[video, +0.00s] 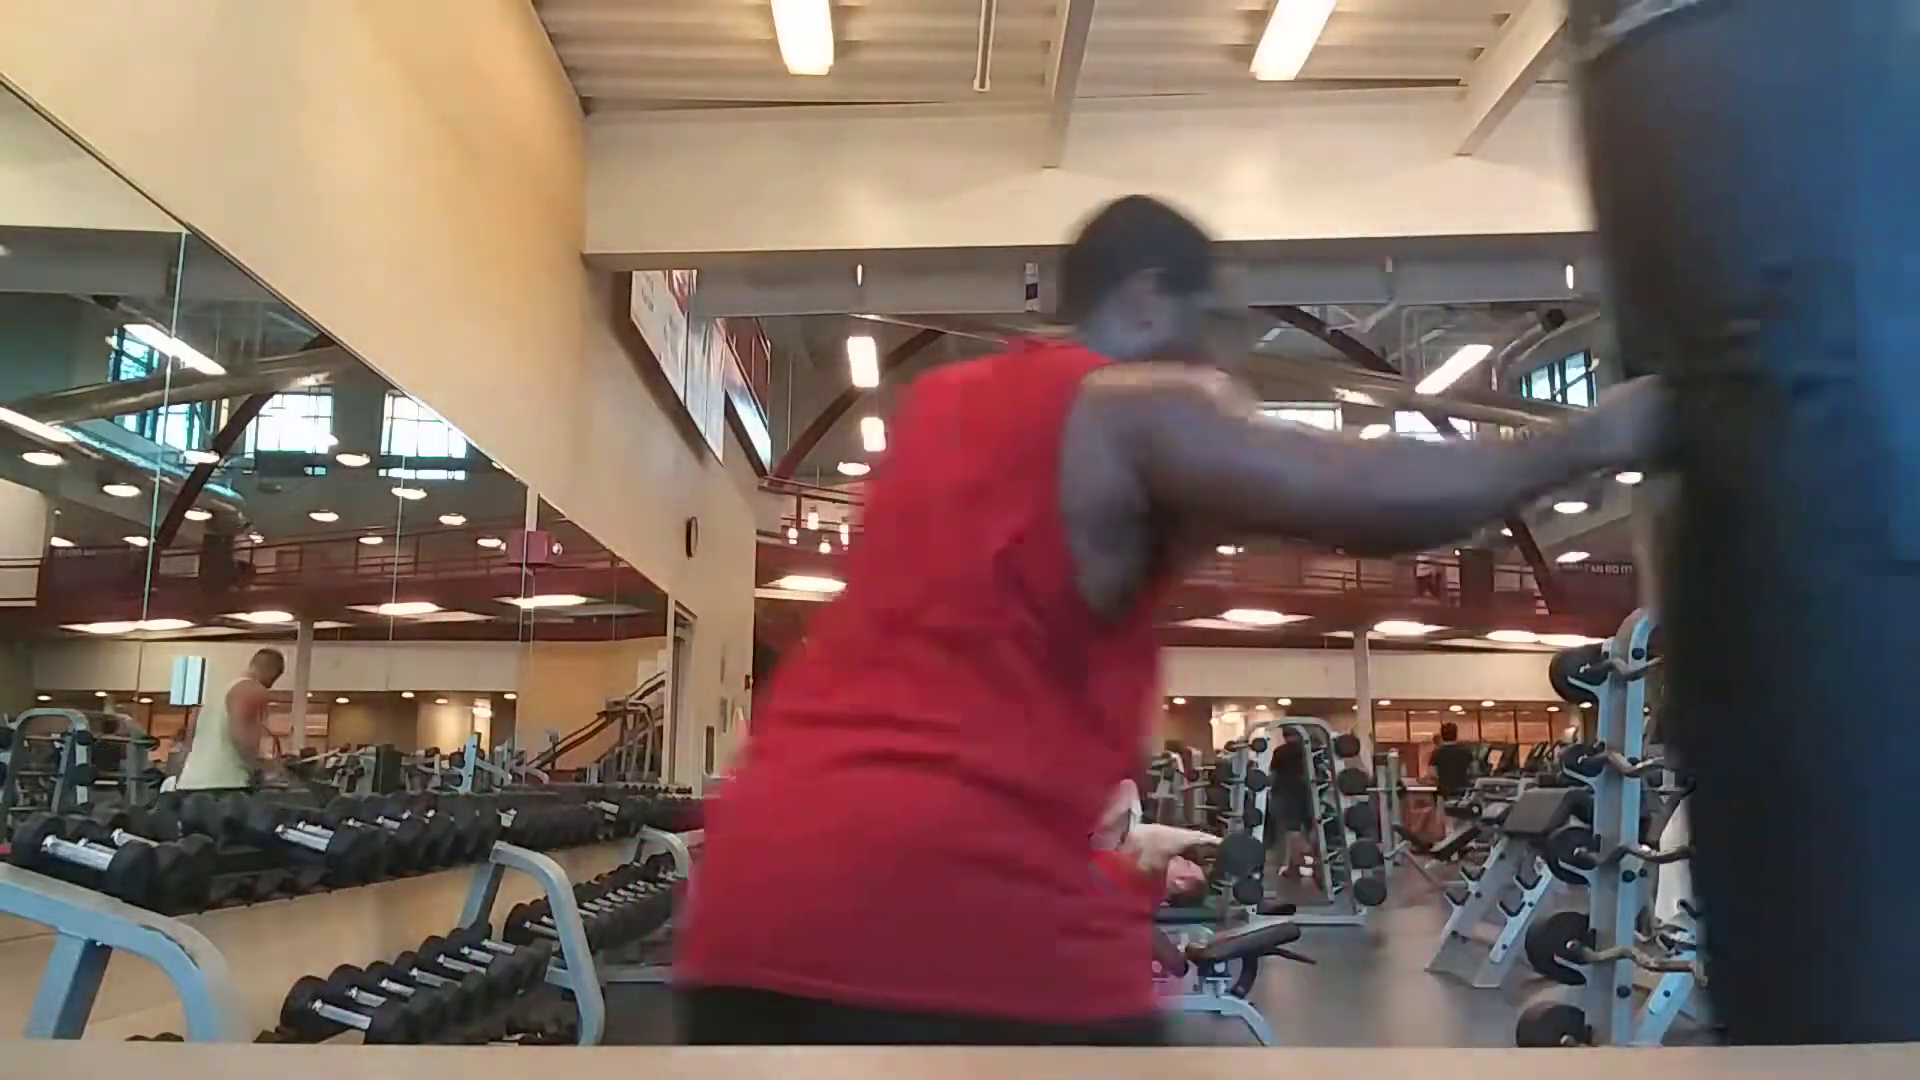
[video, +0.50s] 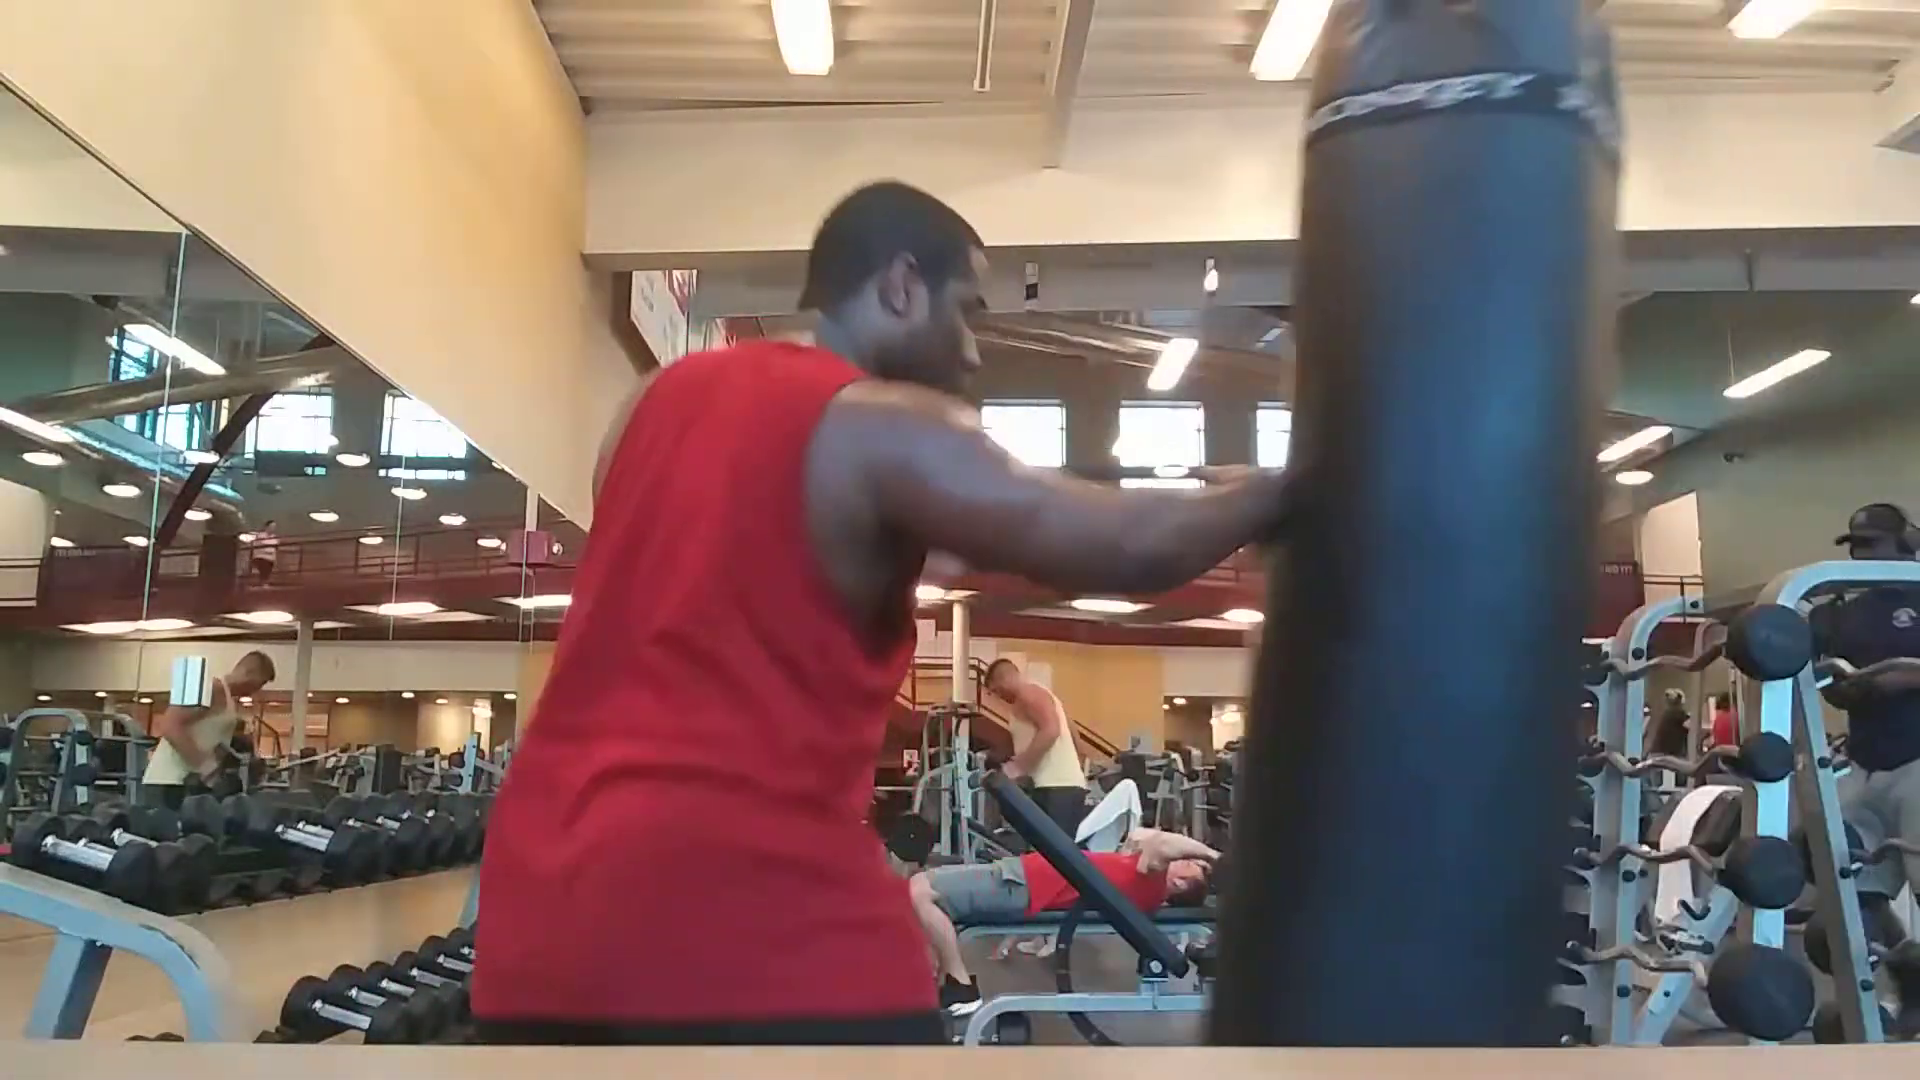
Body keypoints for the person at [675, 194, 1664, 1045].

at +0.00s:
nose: (1206, 354)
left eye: (1207, 336)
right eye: (1205, 327)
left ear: (1063, 295)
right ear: (1158, 302)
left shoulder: (924, 403)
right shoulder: (1123, 407)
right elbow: (1385, 501)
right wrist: (1597, 437)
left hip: (750, 914)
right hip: (962, 919)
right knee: (1226, 1043)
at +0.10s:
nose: (1104, 344)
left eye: (1105, 319)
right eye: (1095, 311)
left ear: (964, 290)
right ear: (1034, 286)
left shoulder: (811, 407)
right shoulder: (1011, 418)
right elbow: (1269, 531)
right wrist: (1511, 476)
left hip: (659, 872)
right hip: (852, 886)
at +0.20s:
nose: (1019, 326)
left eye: (1024, 303)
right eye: (1014, 297)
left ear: (871, 274)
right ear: (943, 271)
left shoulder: (732, 393)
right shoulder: (933, 399)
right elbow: (1162, 535)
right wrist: (1394, 530)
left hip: (603, 888)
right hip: (806, 881)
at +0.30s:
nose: (975, 313)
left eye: (980, 290)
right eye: (969, 283)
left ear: (839, 262)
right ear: (895, 255)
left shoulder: (678, 379)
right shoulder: (897, 387)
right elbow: (1134, 515)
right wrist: (1348, 496)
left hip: (578, 880)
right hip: (785, 865)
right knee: (964, 1073)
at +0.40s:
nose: (957, 314)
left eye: (964, 290)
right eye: (954, 284)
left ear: (837, 258)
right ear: (885, 259)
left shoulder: (658, 378)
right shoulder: (893, 394)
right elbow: (1139, 511)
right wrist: (1352, 476)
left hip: (554, 895)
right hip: (773, 883)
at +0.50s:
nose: (970, 348)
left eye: (975, 322)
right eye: (967, 315)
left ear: (830, 283)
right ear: (900, 287)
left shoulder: (652, 401)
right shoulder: (877, 424)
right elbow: (1135, 546)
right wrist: (1291, 488)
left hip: (538, 895)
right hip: (751, 894)